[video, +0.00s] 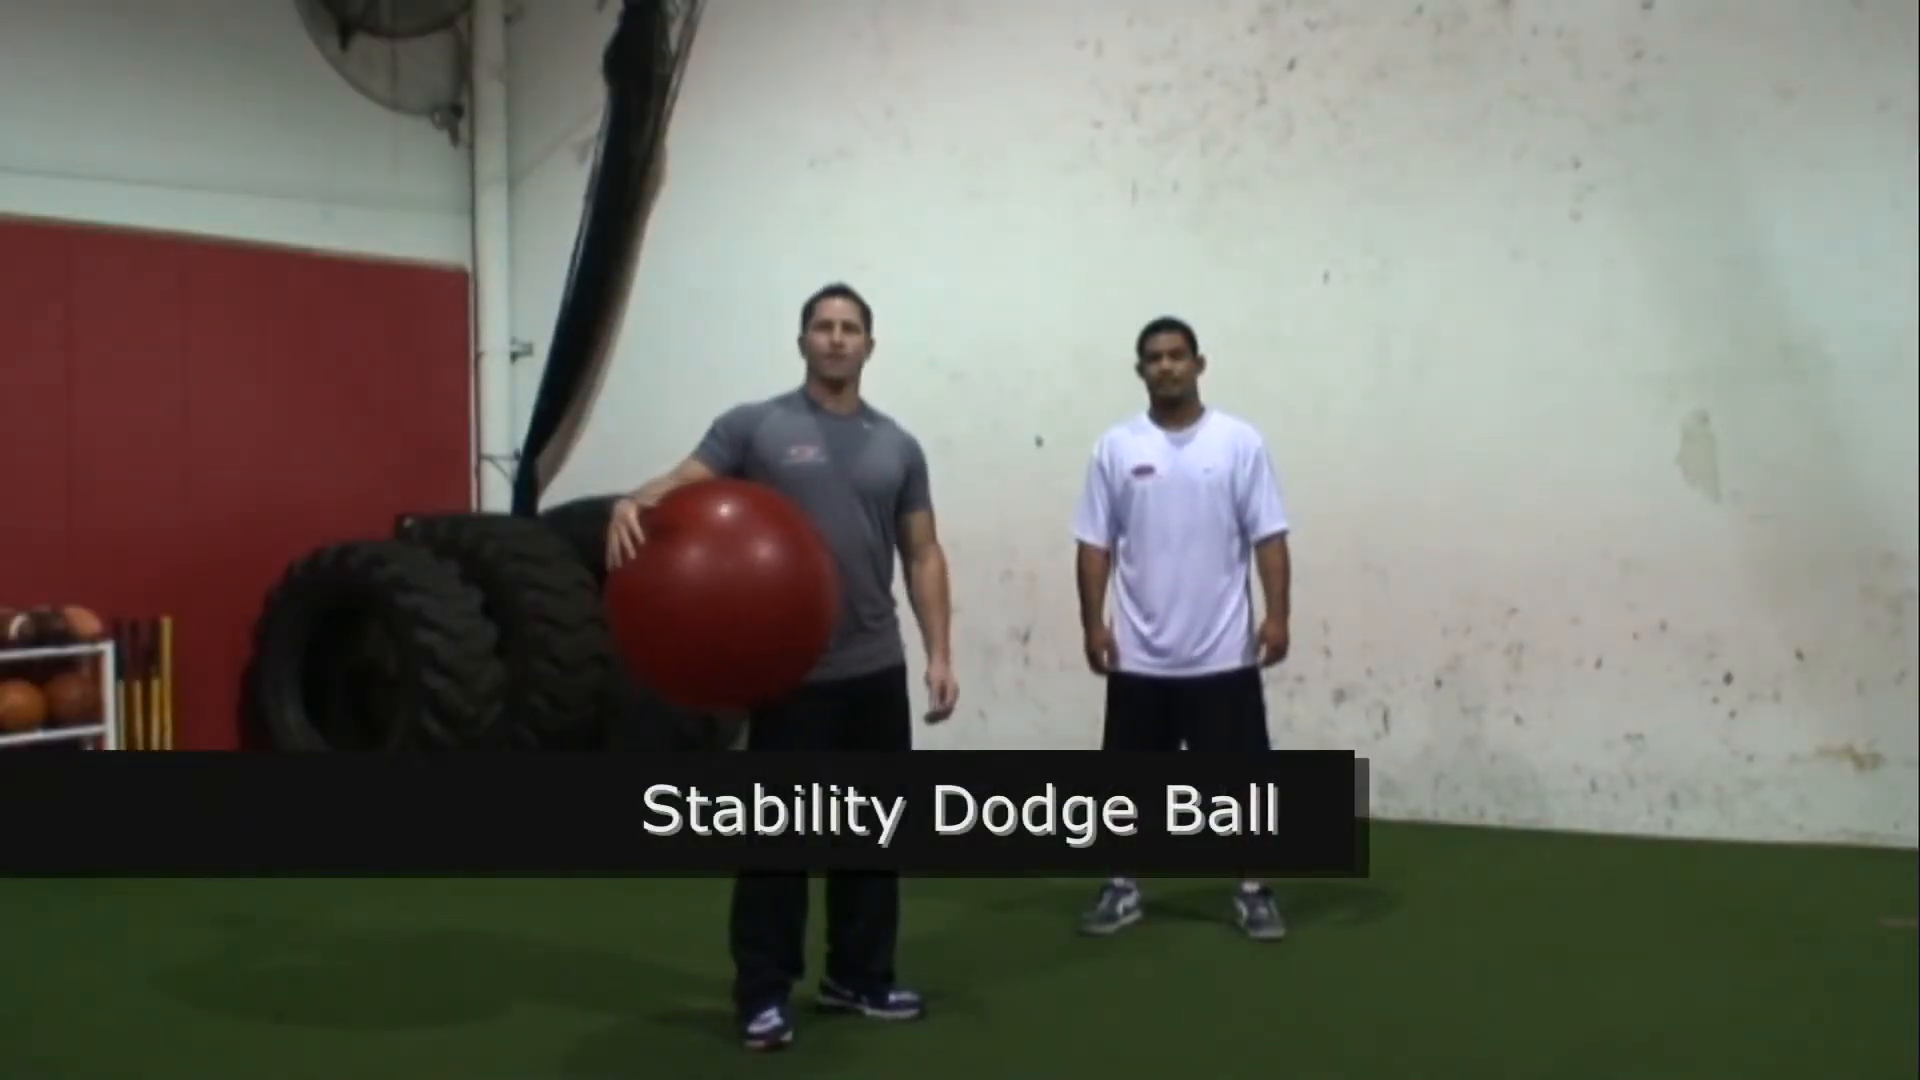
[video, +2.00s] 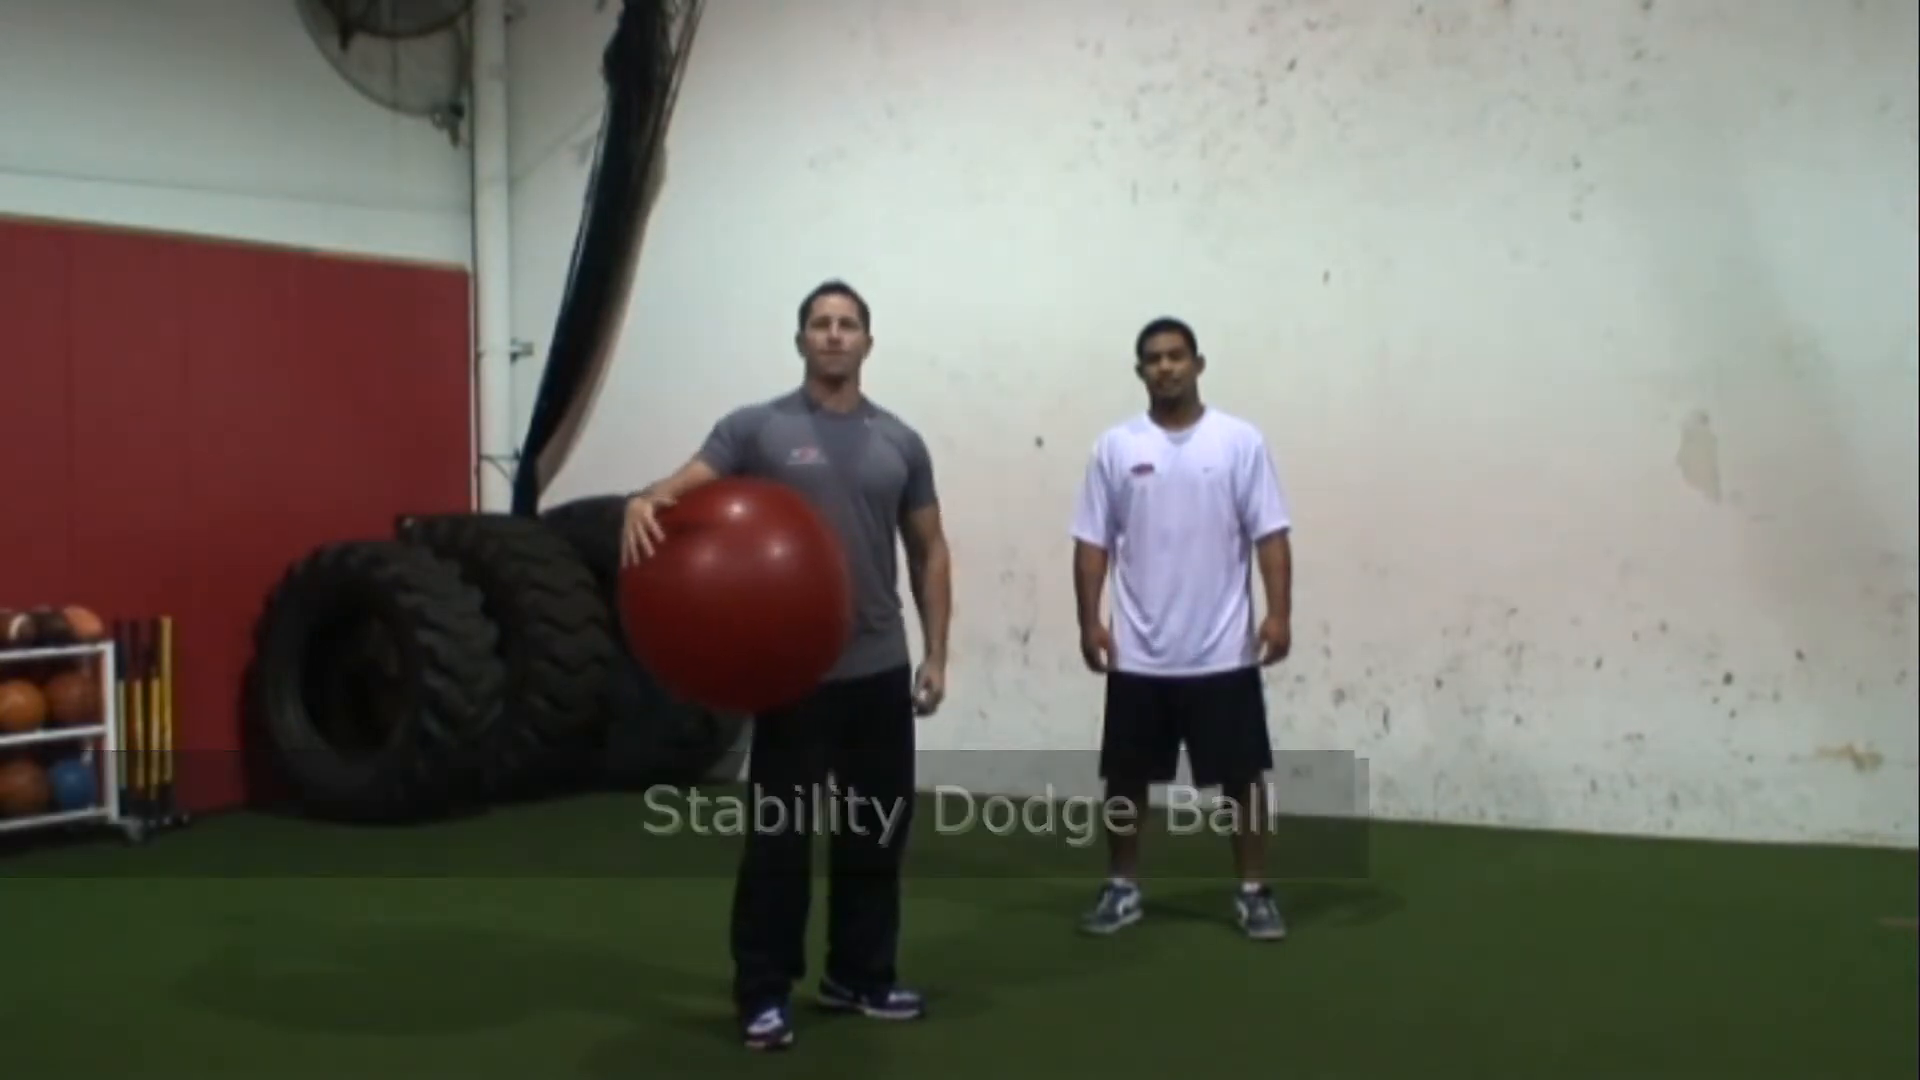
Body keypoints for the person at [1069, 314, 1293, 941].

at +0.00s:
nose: (1166, 366)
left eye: (1177, 356)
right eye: (1154, 358)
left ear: (1199, 364)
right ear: (1140, 371)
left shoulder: (1240, 442)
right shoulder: (1117, 447)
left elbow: (1269, 534)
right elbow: (1094, 540)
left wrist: (1277, 614)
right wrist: (1093, 622)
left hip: (1222, 647)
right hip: (1141, 648)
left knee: (1241, 777)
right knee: (1125, 778)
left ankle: (1252, 886)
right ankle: (1123, 883)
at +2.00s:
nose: (1165, 367)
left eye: (1176, 356)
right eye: (1153, 359)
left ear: (1198, 364)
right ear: (1140, 372)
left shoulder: (1241, 442)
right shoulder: (1116, 447)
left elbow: (1270, 533)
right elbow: (1092, 540)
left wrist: (1278, 612)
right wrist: (1090, 621)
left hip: (1222, 646)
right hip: (1140, 647)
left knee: (1245, 779)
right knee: (1124, 780)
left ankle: (1254, 889)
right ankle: (1122, 885)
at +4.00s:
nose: (1163, 368)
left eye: (1174, 357)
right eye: (1152, 360)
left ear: (1197, 365)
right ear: (1138, 372)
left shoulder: (1239, 443)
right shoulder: (1116, 449)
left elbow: (1268, 535)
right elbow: (1094, 541)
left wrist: (1274, 616)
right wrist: (1091, 622)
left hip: (1220, 645)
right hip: (1138, 646)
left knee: (1242, 776)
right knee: (1123, 777)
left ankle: (1254, 889)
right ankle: (1122, 883)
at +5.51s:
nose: (1178, 367)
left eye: (1187, 357)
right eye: (1164, 359)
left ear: (1204, 366)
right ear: (1145, 372)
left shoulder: (1245, 442)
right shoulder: (1119, 449)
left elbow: (1277, 524)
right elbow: (1095, 539)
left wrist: (1230, 548)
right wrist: (1094, 620)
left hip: (1222, 646)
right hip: (1141, 647)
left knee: (1242, 776)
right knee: (1125, 777)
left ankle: (1254, 888)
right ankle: (1122, 884)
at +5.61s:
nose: (1189, 369)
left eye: (1197, 359)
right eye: (1175, 361)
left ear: (1210, 367)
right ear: (1151, 373)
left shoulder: (1242, 440)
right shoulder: (1121, 448)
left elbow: (1268, 522)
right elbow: (1095, 539)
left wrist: (1197, 486)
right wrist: (1094, 620)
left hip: (1222, 644)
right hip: (1141, 645)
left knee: (1243, 777)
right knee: (1125, 777)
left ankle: (1254, 888)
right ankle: (1122, 883)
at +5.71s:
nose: (1196, 371)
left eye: (1202, 360)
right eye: (1182, 363)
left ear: (1214, 366)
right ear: (1156, 373)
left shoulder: (1238, 438)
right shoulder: (1122, 447)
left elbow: (1251, 508)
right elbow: (1096, 538)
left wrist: (1184, 449)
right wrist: (1097, 619)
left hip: (1222, 645)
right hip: (1141, 645)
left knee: (1243, 778)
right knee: (1126, 777)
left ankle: (1254, 888)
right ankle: (1122, 883)